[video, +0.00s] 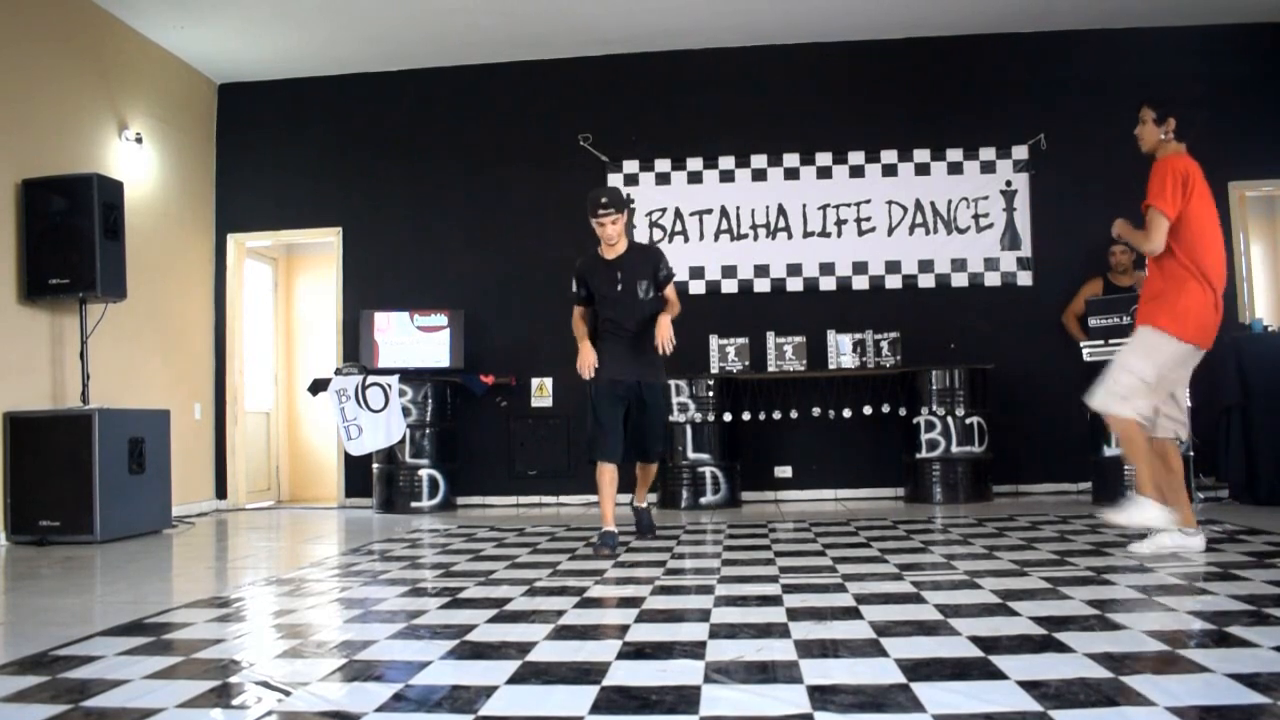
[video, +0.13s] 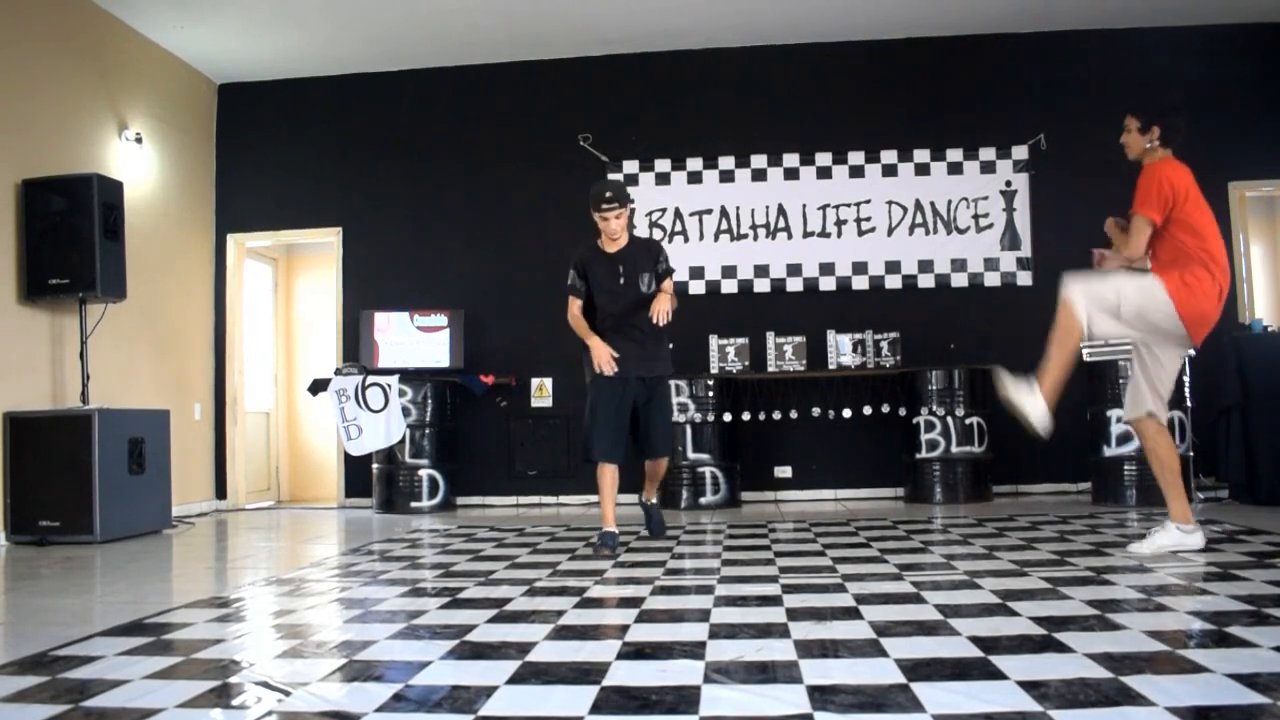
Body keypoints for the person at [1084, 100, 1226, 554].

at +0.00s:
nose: (1136, 131)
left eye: (1142, 122)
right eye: (1137, 123)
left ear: (1167, 126)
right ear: (1166, 127)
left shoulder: (1170, 166)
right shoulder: (1184, 169)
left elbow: (1153, 241)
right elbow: (1182, 249)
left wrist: (1124, 230)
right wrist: (1144, 248)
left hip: (1175, 310)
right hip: (1194, 315)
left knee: (1114, 399)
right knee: (1157, 425)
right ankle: (1184, 528)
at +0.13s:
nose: (1122, 139)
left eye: (1128, 131)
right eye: (1123, 131)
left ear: (1153, 134)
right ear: (1153, 135)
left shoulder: (1158, 172)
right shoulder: (1170, 174)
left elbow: (1133, 250)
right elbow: (1168, 258)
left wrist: (1116, 233)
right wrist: (1120, 260)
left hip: (1183, 292)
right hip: (1191, 305)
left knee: (1076, 289)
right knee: (1144, 412)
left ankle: (1041, 398)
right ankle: (1183, 525)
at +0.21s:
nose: (1111, 148)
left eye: (1116, 140)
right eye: (1112, 140)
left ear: (1140, 144)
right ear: (1143, 145)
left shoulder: (1142, 184)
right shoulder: (1163, 180)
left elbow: (1112, 257)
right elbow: (1130, 261)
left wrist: (1075, 307)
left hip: (1182, 283)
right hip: (1165, 308)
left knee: (1101, 211)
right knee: (1127, 408)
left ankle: (1026, 298)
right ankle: (1175, 516)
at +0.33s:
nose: (1105, 166)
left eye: (1105, 158)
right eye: (1104, 159)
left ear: (1114, 157)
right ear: (1145, 150)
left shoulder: (1171, 177)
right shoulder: (1114, 216)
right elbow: (1109, 282)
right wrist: (1116, 276)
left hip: (1181, 282)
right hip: (1143, 314)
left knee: (1164, 170)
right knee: (1104, 408)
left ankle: (1058, 223)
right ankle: (1159, 510)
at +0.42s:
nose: (1109, 168)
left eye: (1107, 161)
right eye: (1111, 162)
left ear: (1111, 162)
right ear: (1149, 152)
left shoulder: (1175, 181)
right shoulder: (1124, 211)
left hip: (1186, 288)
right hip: (1148, 318)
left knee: (1146, 179)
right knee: (1106, 409)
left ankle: (1073, 262)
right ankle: (1164, 511)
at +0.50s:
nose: (1104, 153)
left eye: (1106, 146)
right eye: (1104, 146)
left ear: (1125, 149)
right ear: (1148, 147)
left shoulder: (1138, 192)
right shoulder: (1182, 181)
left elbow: (1120, 266)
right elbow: (1227, 233)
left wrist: (1095, 295)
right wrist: (1197, 266)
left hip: (1180, 290)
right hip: (1165, 313)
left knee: (1113, 204)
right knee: (1127, 411)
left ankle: (1097, 311)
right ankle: (1177, 518)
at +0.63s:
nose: (1111, 136)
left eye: (1118, 127)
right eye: (1111, 128)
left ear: (1147, 128)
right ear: (1141, 132)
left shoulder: (1158, 177)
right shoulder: (1176, 174)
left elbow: (1121, 258)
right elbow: (1222, 234)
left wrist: (1114, 230)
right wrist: (1229, 297)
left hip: (1183, 291)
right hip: (1195, 298)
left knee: (1089, 302)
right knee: (1165, 410)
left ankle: (1150, 400)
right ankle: (1186, 529)